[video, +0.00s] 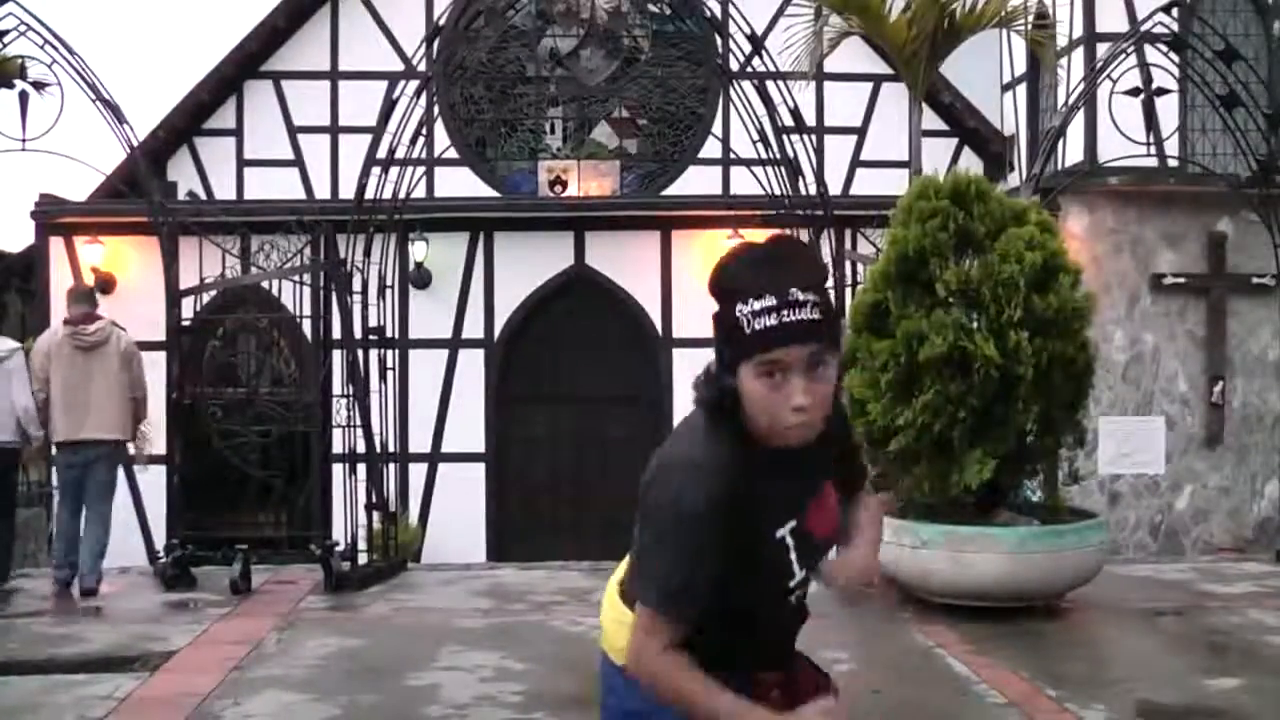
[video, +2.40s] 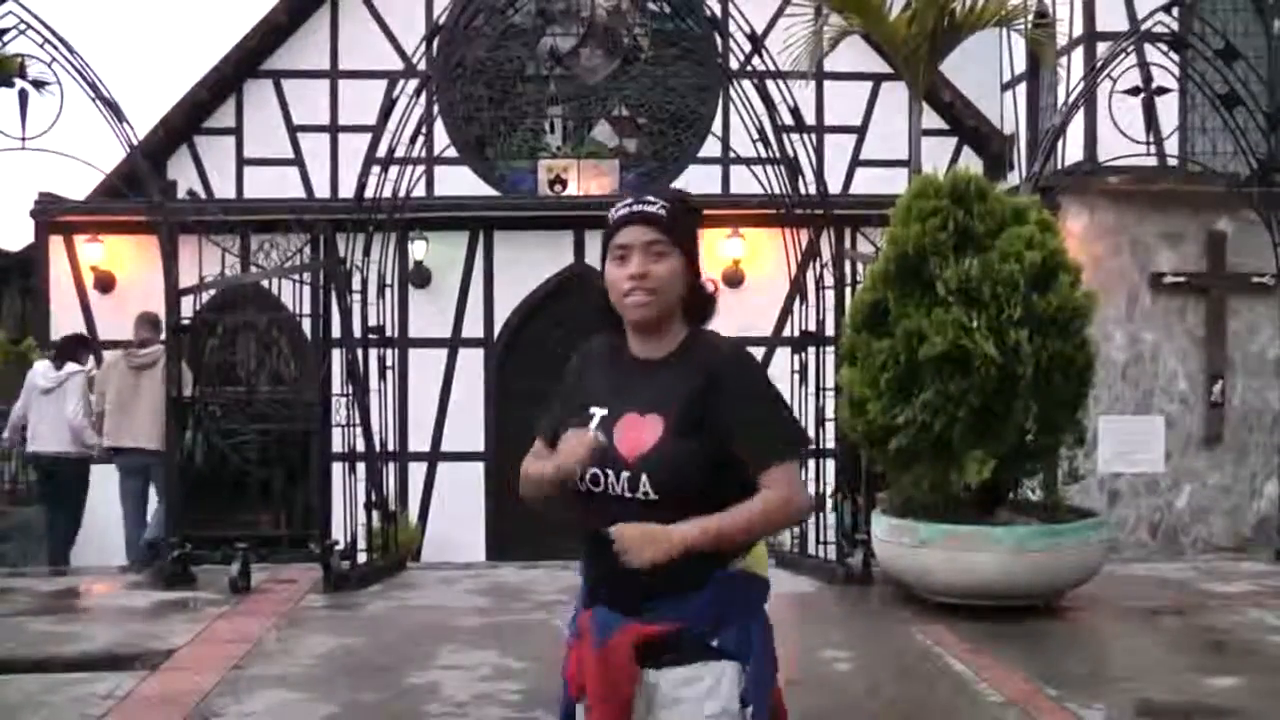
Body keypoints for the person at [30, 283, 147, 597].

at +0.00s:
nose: (77, 312)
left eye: (74, 306)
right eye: (86, 305)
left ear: (67, 306)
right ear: (97, 306)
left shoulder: (48, 343)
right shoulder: (122, 342)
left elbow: (40, 395)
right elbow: (138, 395)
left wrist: (48, 428)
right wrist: (129, 429)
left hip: (67, 438)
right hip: (107, 437)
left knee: (68, 507)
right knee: (98, 510)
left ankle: (63, 577)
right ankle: (89, 581)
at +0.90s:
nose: (98, 316)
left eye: (93, 312)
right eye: (103, 311)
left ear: (83, 311)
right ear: (111, 310)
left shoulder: (60, 343)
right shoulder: (131, 345)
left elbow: (49, 389)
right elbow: (144, 396)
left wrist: (59, 421)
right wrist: (147, 437)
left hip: (74, 432)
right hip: (115, 432)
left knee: (79, 499)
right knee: (126, 491)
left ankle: (83, 566)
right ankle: (122, 552)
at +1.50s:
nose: (147, 318)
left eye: (142, 314)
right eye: (151, 314)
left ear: (129, 312)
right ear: (155, 314)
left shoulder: (106, 342)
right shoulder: (169, 343)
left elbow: (87, 383)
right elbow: (182, 388)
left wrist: (83, 420)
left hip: (118, 429)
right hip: (154, 430)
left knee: (108, 490)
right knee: (157, 492)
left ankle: (94, 542)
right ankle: (149, 554)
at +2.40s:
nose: (139, 337)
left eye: (138, 332)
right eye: (145, 333)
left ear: (135, 332)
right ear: (160, 333)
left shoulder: (113, 362)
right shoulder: (170, 362)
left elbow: (99, 402)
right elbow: (186, 393)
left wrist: (102, 433)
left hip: (123, 441)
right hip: (158, 443)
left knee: (132, 508)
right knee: (167, 499)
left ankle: (135, 559)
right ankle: (151, 543)